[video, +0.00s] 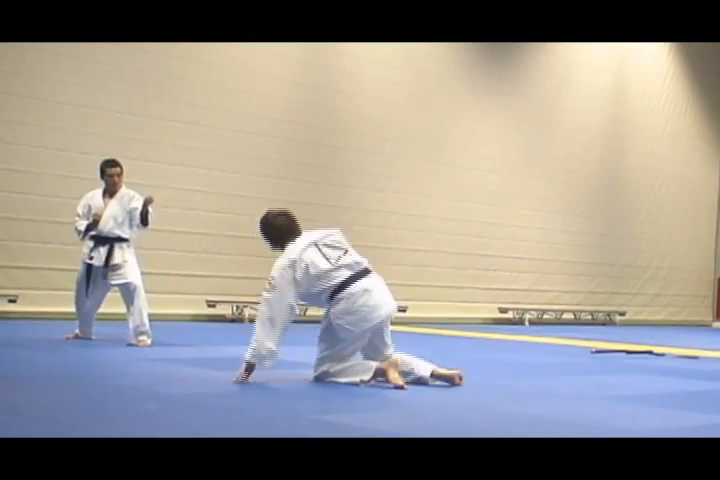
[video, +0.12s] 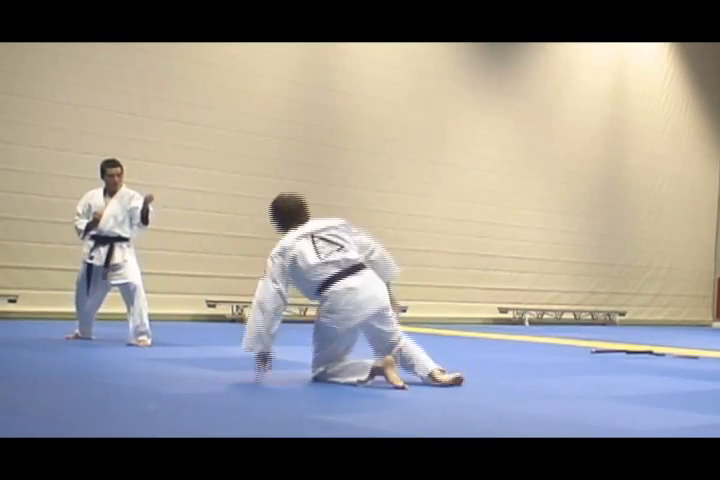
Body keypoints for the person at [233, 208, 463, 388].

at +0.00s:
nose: (267, 243)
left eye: (266, 238)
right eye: (266, 237)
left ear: (273, 239)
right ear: (293, 226)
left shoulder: (286, 264)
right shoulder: (325, 236)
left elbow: (272, 316)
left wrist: (251, 360)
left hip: (353, 304)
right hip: (379, 292)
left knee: (326, 370)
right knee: (381, 359)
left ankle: (379, 371)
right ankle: (437, 374)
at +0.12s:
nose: (275, 226)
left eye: (275, 221)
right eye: (276, 221)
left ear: (280, 222)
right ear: (304, 212)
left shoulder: (283, 249)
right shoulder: (336, 226)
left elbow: (268, 302)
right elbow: (375, 252)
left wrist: (262, 350)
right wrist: (388, 290)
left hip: (340, 300)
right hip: (371, 283)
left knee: (325, 369)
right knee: (393, 344)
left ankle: (378, 368)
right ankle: (435, 372)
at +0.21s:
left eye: (285, 208)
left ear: (288, 212)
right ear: (315, 203)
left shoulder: (284, 243)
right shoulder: (342, 219)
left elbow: (274, 295)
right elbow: (379, 246)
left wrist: (277, 340)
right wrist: (391, 286)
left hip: (332, 302)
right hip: (367, 285)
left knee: (323, 368)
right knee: (401, 330)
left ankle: (373, 367)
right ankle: (430, 370)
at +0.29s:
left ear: (299, 203)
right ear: (328, 197)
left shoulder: (288, 235)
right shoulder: (347, 214)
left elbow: (284, 287)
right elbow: (378, 247)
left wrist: (293, 327)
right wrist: (389, 279)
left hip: (325, 301)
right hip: (360, 285)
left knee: (319, 368)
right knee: (402, 316)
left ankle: (363, 363)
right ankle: (419, 368)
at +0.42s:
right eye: (345, 189)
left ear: (315, 194)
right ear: (344, 191)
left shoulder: (300, 223)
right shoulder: (356, 211)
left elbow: (295, 272)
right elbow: (372, 251)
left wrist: (303, 321)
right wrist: (388, 279)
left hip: (315, 294)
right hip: (352, 286)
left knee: (315, 362)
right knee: (412, 310)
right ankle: (408, 371)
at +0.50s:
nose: (356, 194)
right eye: (356, 190)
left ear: (325, 193)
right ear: (354, 192)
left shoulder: (308, 221)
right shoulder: (361, 212)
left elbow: (301, 268)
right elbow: (373, 255)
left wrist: (307, 310)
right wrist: (390, 282)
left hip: (318, 298)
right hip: (351, 290)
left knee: (324, 367)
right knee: (417, 307)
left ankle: (304, 356)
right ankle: (408, 372)